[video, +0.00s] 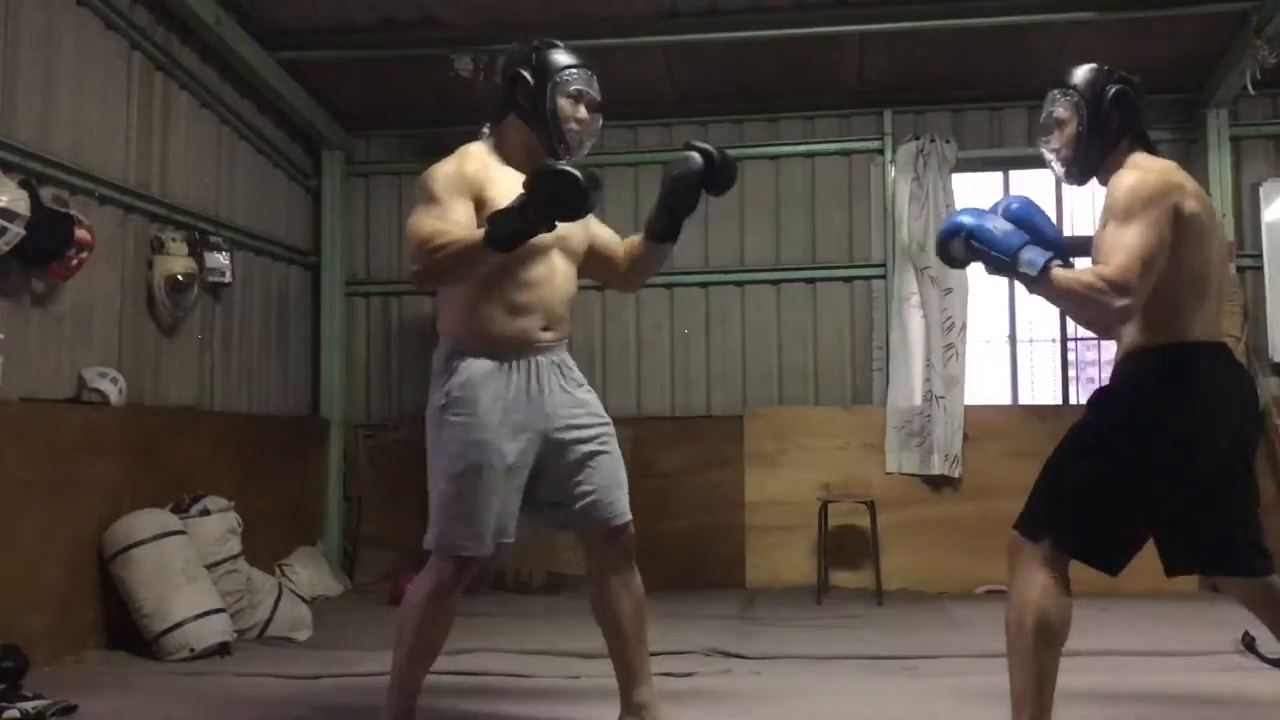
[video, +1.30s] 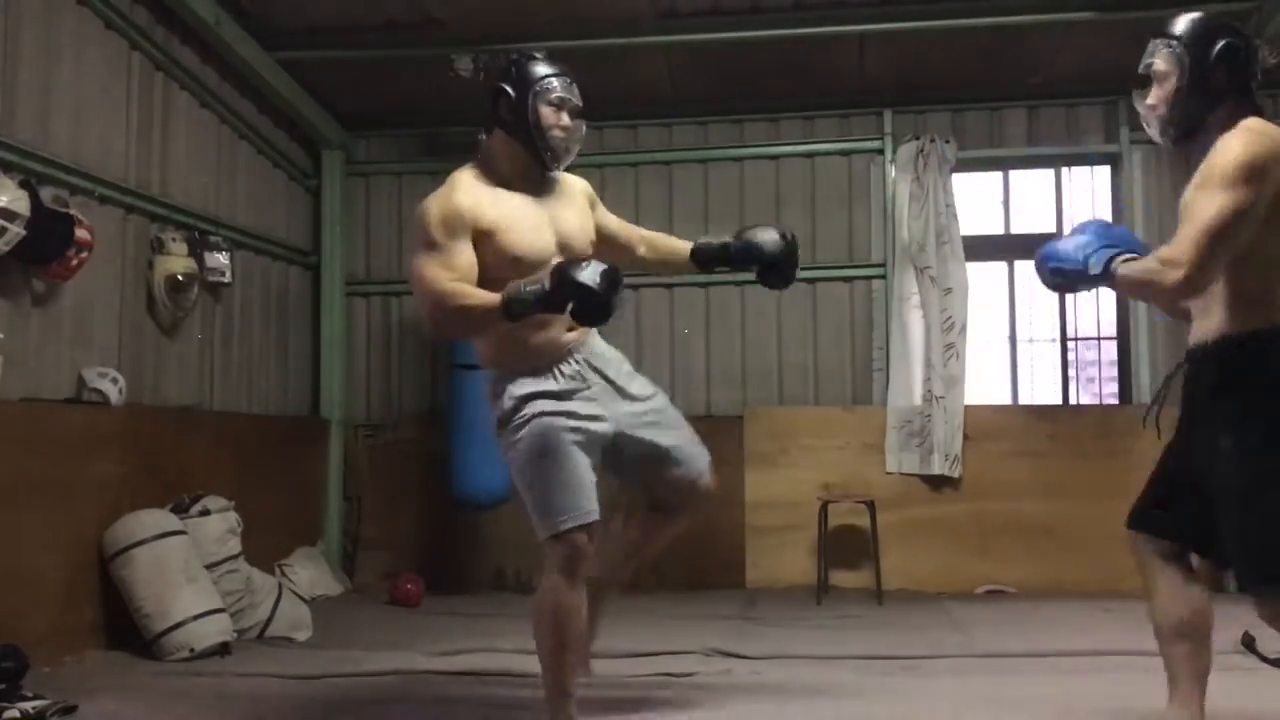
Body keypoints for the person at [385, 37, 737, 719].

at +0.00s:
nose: (590, 117)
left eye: (594, 105)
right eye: (577, 100)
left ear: (588, 115)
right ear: (528, 99)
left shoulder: (566, 202)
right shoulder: (462, 170)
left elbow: (629, 267)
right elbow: (424, 263)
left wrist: (673, 206)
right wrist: (512, 226)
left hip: (559, 374)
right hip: (478, 378)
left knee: (614, 536)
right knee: (457, 559)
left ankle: (640, 704)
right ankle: (400, 706)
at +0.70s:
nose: (582, 105)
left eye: (587, 93)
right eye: (568, 90)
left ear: (587, 103)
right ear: (522, 93)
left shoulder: (588, 174)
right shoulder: (469, 171)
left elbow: (667, 219)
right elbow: (424, 267)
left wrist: (736, 175)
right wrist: (518, 240)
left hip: (603, 370)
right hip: (527, 382)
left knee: (662, 518)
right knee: (566, 537)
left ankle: (653, 692)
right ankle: (502, 689)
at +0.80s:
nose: (554, 123)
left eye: (559, 110)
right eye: (539, 108)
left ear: (563, 118)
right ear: (494, 107)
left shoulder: (572, 191)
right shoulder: (442, 186)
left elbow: (648, 263)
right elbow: (439, 255)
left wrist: (730, 318)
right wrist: (525, 195)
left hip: (615, 346)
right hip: (545, 389)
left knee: (762, 417)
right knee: (586, 553)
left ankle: (749, 552)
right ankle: (559, 711)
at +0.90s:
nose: (553, 134)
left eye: (556, 121)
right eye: (540, 120)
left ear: (556, 127)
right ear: (496, 119)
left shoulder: (568, 194)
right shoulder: (436, 191)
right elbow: (460, 236)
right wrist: (541, 174)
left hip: (626, 323)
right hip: (565, 391)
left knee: (768, 290)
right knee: (591, 558)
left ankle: (922, 329)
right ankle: (564, 710)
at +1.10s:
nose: (568, 129)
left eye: (572, 116)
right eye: (553, 112)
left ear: (572, 122)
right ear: (504, 112)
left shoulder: (568, 187)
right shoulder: (448, 196)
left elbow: (637, 275)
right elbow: (457, 288)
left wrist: (706, 345)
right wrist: (551, 242)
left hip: (615, 326)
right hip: (557, 390)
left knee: (751, 281)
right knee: (593, 550)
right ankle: (566, 710)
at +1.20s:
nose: (569, 125)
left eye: (574, 113)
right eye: (553, 110)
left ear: (577, 120)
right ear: (506, 112)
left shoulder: (569, 188)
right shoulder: (450, 204)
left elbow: (632, 249)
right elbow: (448, 304)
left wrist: (728, 287)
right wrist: (548, 283)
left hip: (613, 342)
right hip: (546, 393)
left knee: (753, 376)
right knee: (580, 547)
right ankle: (563, 709)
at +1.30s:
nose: (571, 123)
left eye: (575, 111)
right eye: (555, 108)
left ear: (578, 120)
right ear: (508, 112)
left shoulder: (572, 191)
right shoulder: (454, 204)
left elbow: (636, 245)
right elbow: (443, 308)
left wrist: (725, 253)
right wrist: (536, 295)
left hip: (599, 366)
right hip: (533, 390)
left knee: (689, 479)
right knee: (572, 549)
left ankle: (592, 583)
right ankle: (561, 709)